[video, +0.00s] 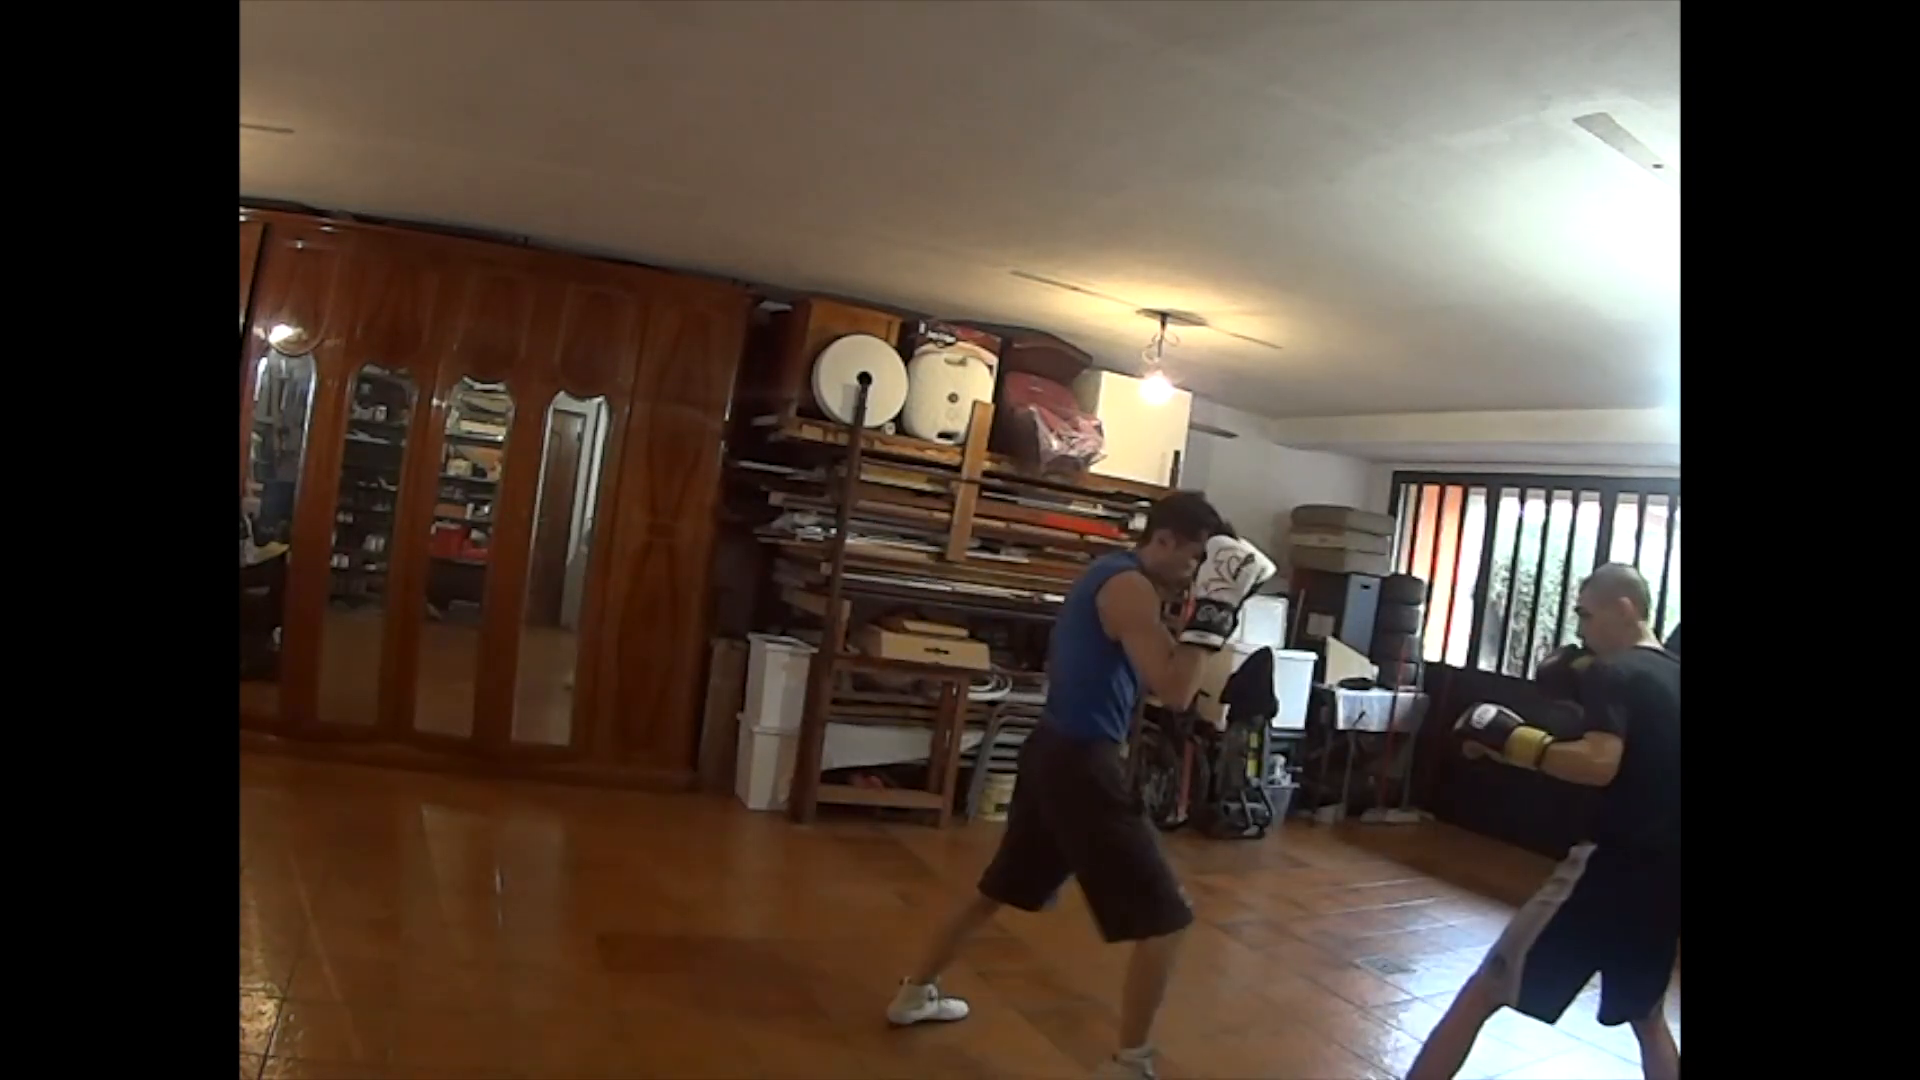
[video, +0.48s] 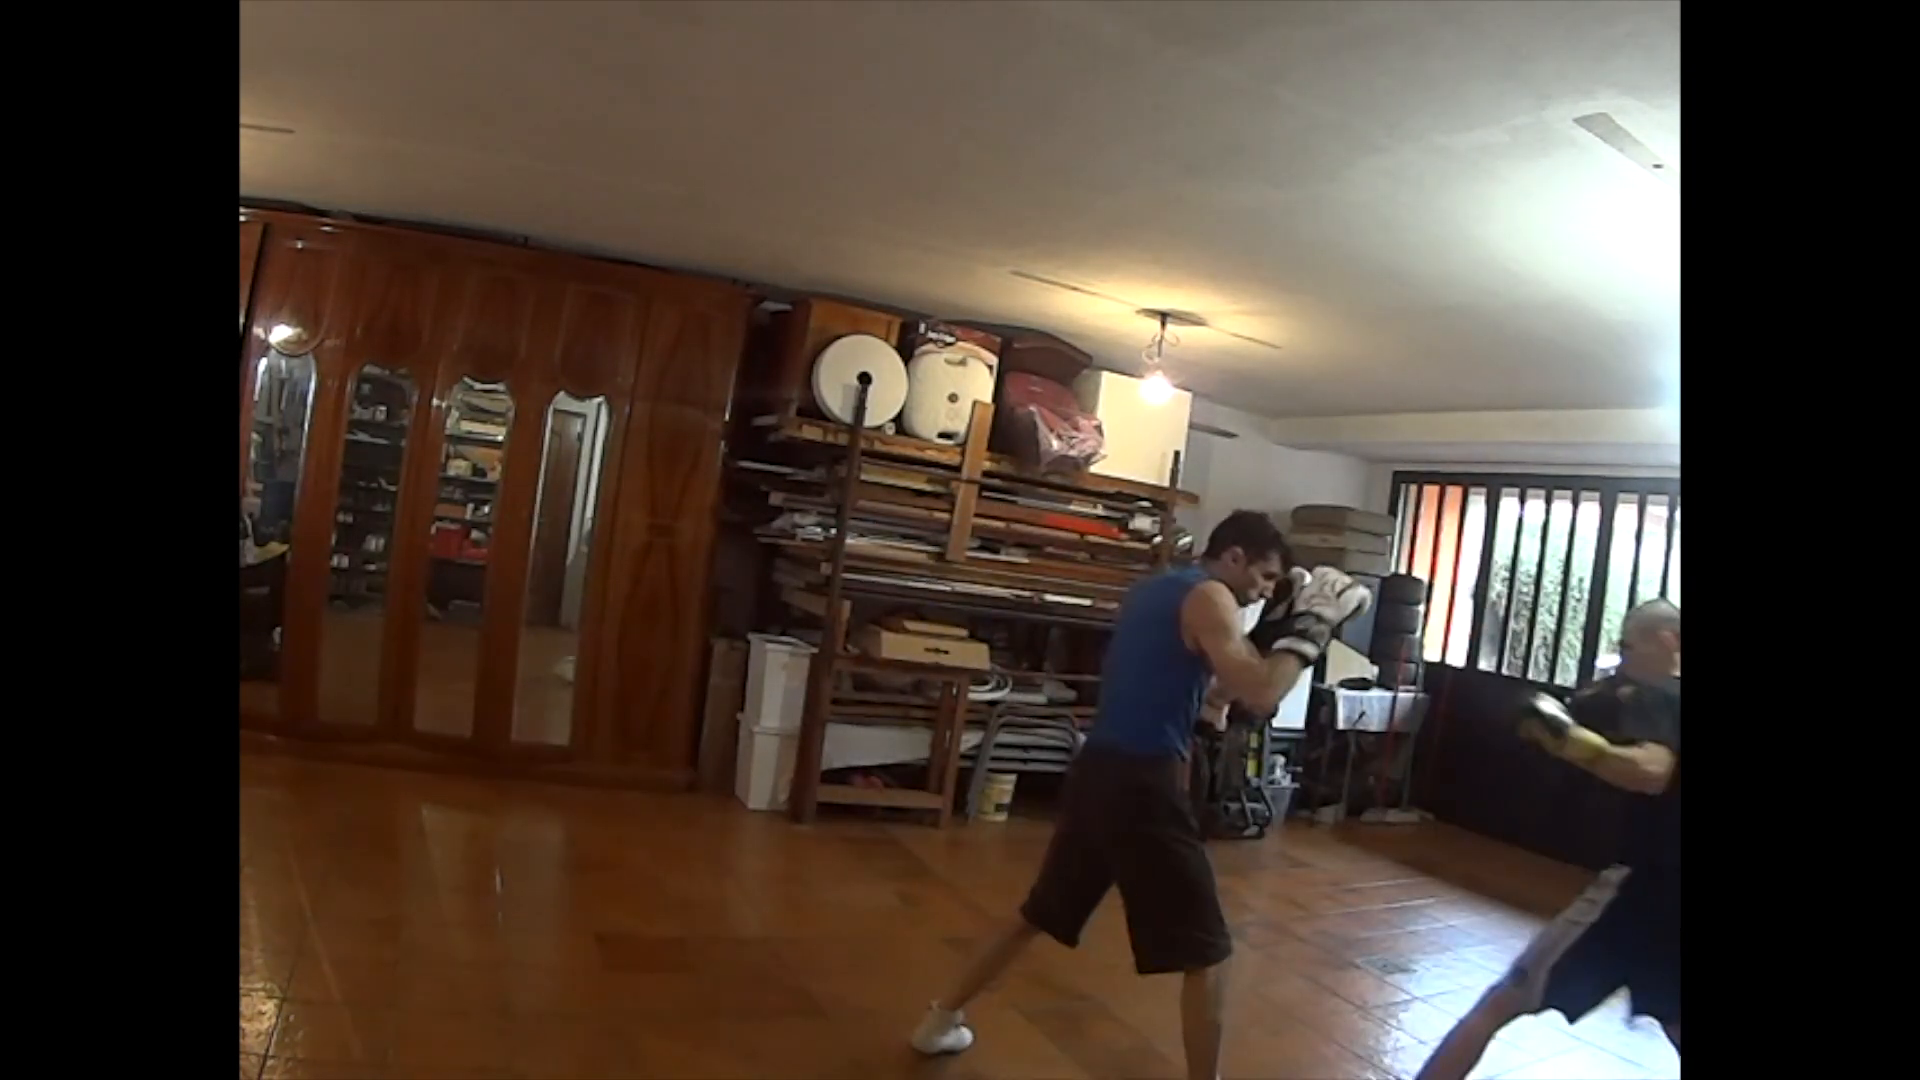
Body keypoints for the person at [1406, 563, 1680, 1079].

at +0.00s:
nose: (1582, 631)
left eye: (1586, 616)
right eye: (1579, 618)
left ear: (1625, 610)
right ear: (1636, 612)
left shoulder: (1615, 672)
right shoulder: (1671, 672)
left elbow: (1600, 762)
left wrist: (1510, 739)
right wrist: (1585, 677)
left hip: (1608, 864)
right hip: (1665, 870)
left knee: (1482, 995)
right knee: (1649, 1016)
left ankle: (1415, 1078)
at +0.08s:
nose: (1583, 633)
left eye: (1588, 618)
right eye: (1581, 620)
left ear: (1627, 612)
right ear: (1637, 615)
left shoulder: (1619, 674)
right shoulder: (1671, 673)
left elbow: (1602, 763)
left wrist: (1513, 740)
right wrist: (1587, 677)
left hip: (1611, 864)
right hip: (1665, 870)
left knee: (1484, 995)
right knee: (1649, 1014)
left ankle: (1417, 1077)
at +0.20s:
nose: (1585, 634)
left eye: (1590, 619)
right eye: (1583, 621)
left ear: (1629, 612)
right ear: (1638, 615)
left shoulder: (1619, 675)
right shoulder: (1672, 673)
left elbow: (1608, 763)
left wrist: (1516, 746)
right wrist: (1590, 681)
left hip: (1616, 866)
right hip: (1668, 872)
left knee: (1488, 998)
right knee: (1652, 1014)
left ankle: (1418, 1077)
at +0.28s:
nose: (1585, 639)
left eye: (1590, 625)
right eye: (1582, 626)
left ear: (1628, 619)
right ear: (1640, 622)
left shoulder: (1617, 680)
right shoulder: (1672, 680)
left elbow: (1604, 766)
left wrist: (1514, 745)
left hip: (1618, 868)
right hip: (1669, 873)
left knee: (1487, 993)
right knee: (1662, 1011)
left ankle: (1417, 1077)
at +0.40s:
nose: (1601, 655)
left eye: (1609, 644)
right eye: (1601, 643)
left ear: (1648, 638)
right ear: (1652, 640)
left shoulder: (1639, 692)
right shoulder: (1671, 692)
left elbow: (1621, 762)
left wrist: (1540, 728)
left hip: (1625, 879)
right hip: (1668, 885)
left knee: (1482, 998)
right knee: (1672, 1015)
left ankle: (1414, 1075)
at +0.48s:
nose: (1620, 650)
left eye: (1631, 640)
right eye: (1622, 640)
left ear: (1667, 642)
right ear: (1664, 642)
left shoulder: (1661, 698)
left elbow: (1652, 771)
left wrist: (1564, 737)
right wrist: (1549, 728)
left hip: (1645, 879)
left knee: (1499, 1003)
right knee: (1675, 1020)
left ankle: (1425, 1076)